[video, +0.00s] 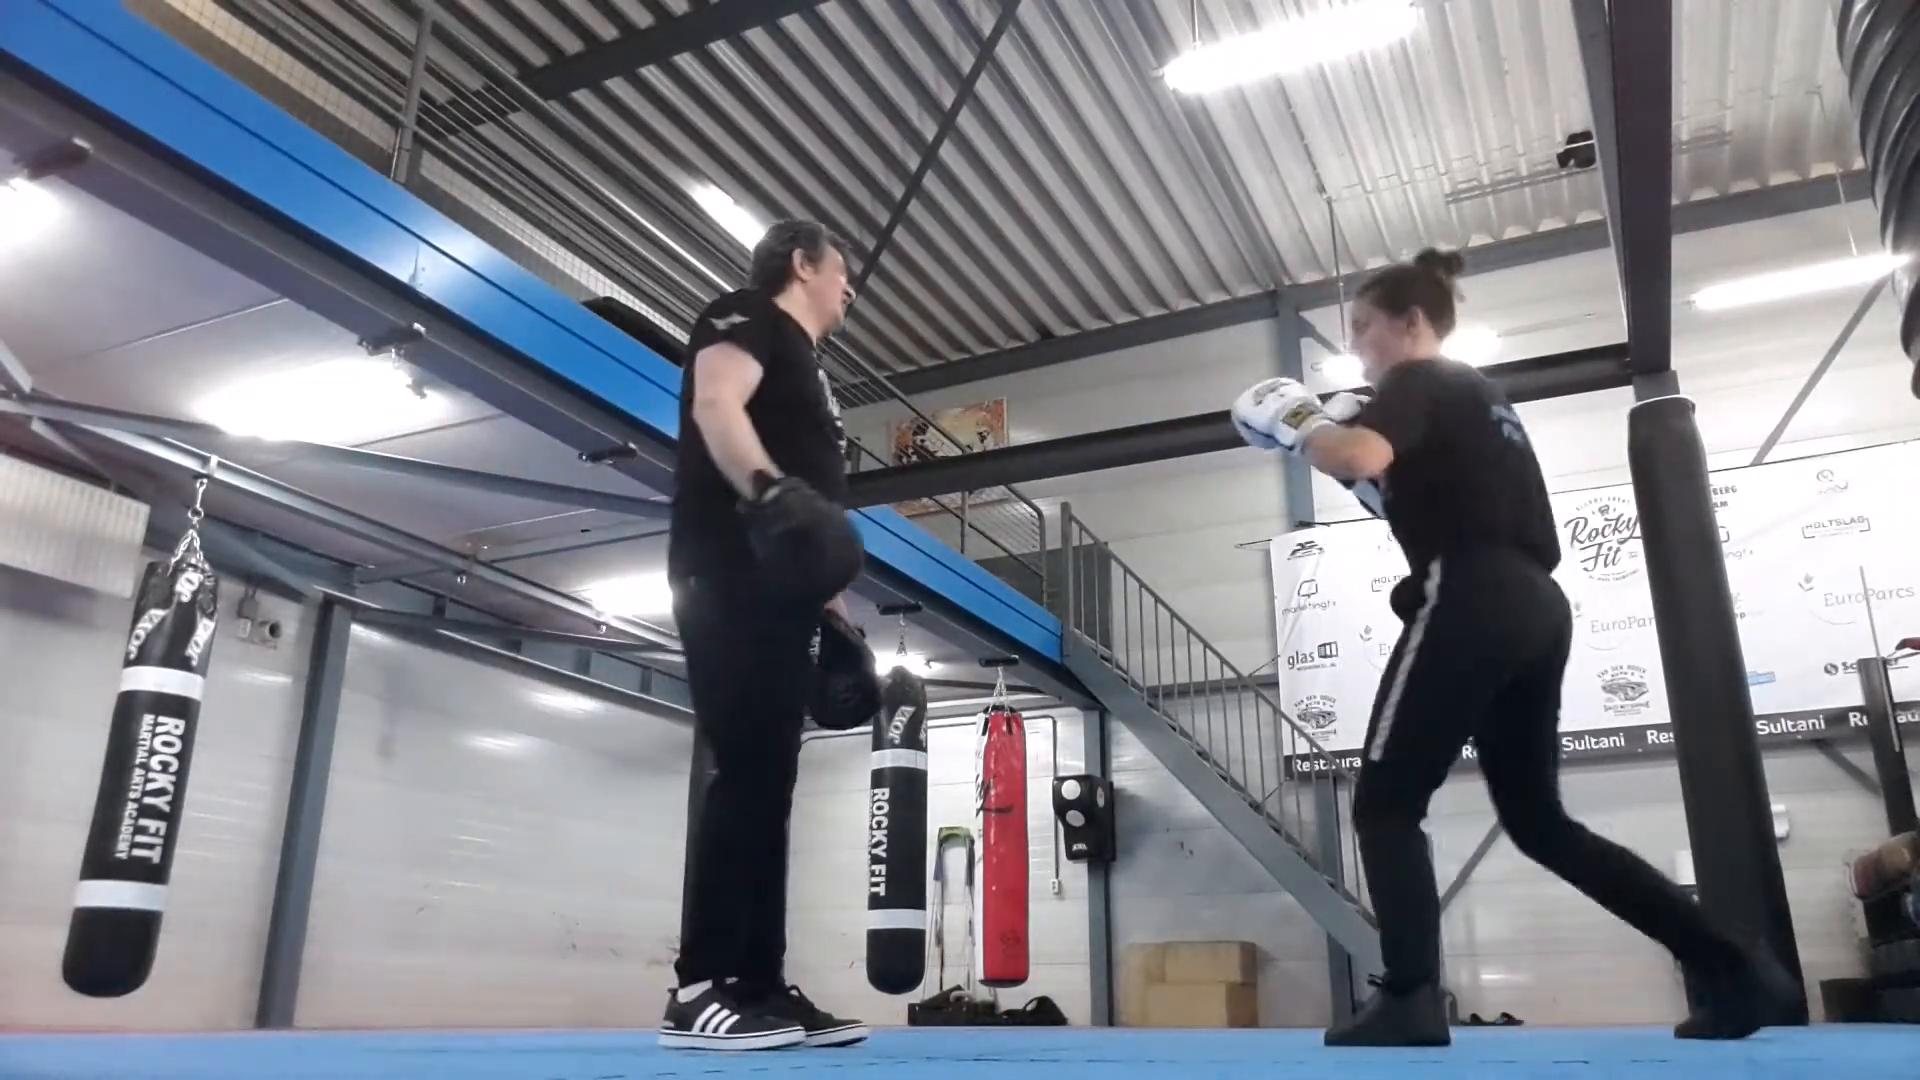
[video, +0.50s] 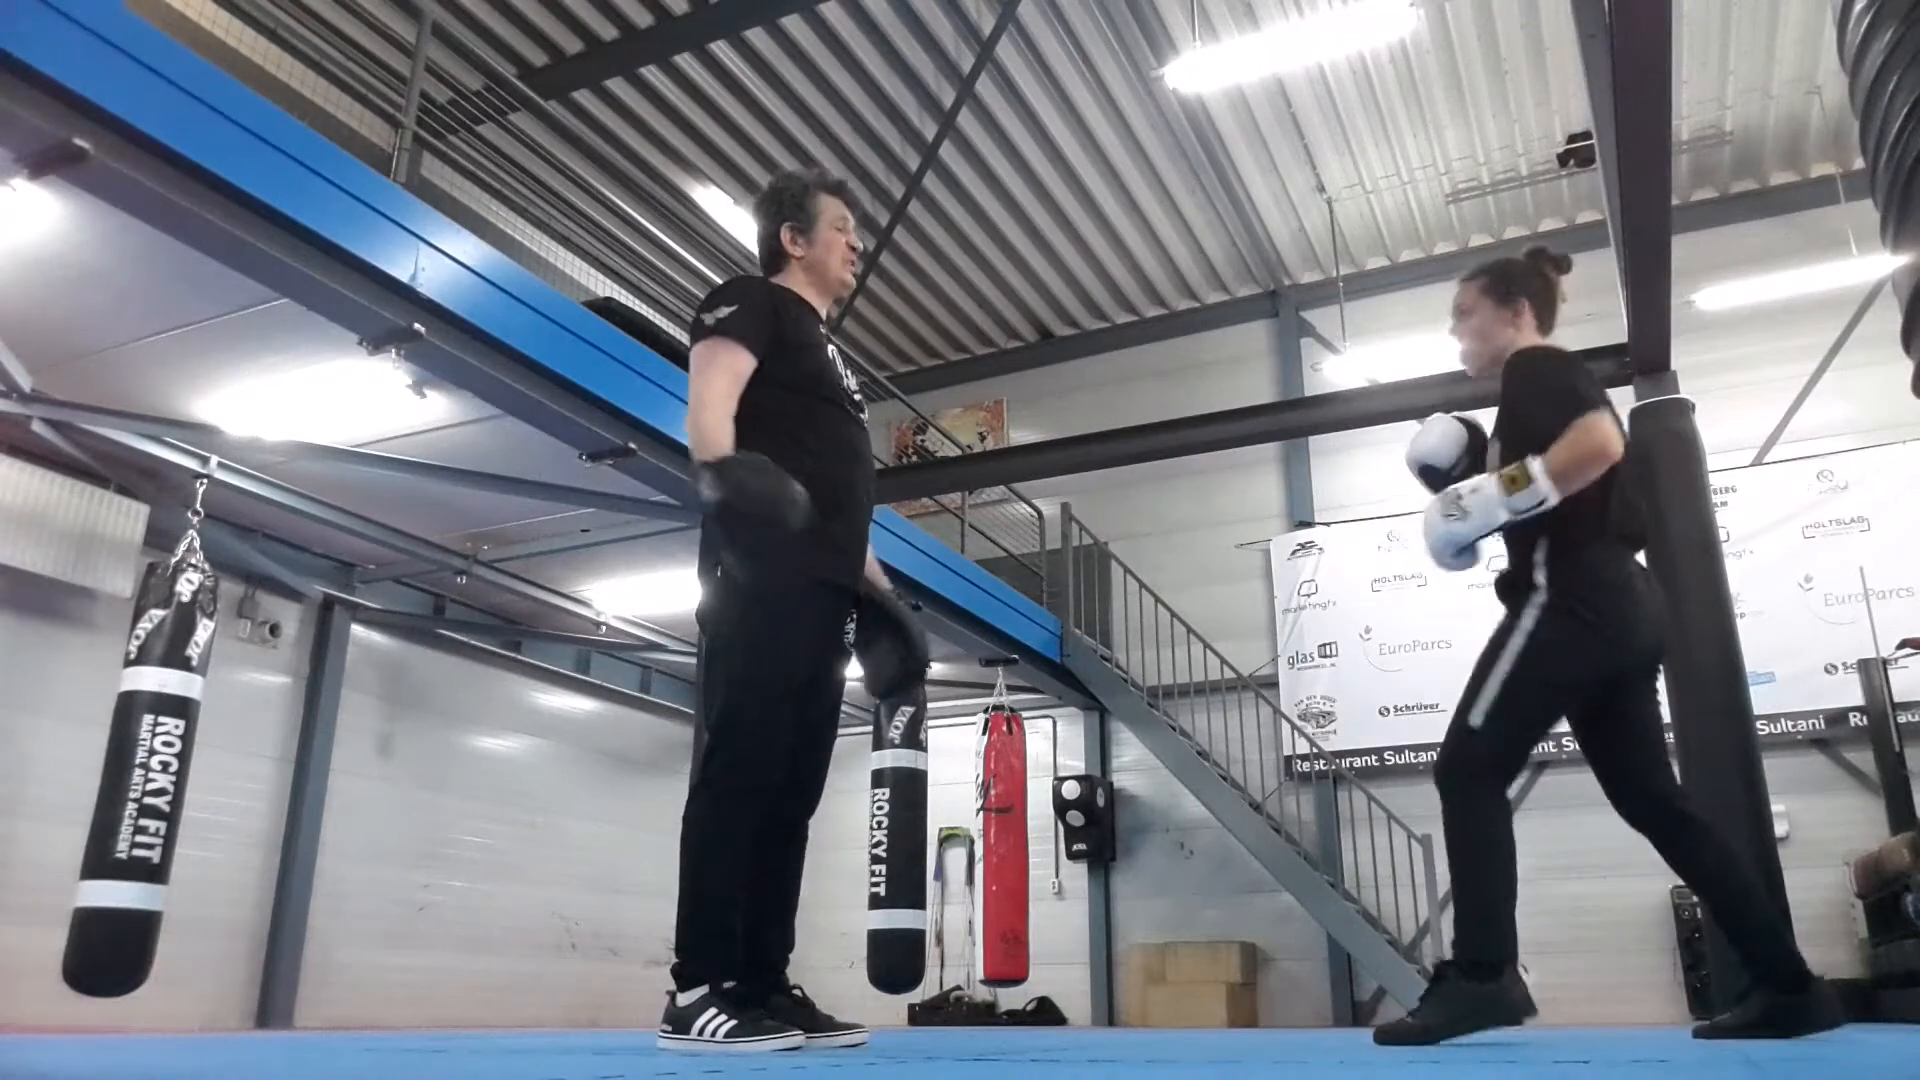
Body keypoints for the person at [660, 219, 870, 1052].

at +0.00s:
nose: (850, 291)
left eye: (851, 280)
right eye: (843, 274)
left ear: (802, 272)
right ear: (802, 265)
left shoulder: (792, 355)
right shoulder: (755, 317)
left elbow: (793, 503)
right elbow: (713, 402)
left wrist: (830, 611)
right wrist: (772, 494)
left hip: (767, 588)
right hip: (733, 578)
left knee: (759, 780)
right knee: (749, 778)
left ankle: (752, 989)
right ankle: (716, 992)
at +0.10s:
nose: (855, 282)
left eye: (854, 271)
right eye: (847, 265)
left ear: (807, 267)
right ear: (807, 260)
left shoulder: (801, 351)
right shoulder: (758, 311)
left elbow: (801, 499)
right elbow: (725, 401)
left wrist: (829, 615)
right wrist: (788, 484)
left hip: (780, 587)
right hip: (743, 578)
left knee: (766, 781)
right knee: (748, 778)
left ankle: (754, 989)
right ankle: (711, 991)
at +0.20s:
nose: (855, 275)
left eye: (854, 263)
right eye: (846, 257)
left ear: (805, 259)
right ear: (804, 252)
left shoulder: (805, 347)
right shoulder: (758, 310)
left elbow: (811, 493)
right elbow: (731, 401)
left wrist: (834, 611)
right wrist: (792, 486)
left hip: (788, 592)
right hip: (753, 586)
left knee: (773, 788)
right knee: (745, 782)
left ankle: (758, 988)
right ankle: (709, 991)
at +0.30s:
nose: (856, 266)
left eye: (854, 255)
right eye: (845, 250)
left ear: (806, 254)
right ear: (801, 247)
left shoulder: (810, 344)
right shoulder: (761, 305)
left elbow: (823, 486)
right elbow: (730, 398)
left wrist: (845, 601)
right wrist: (780, 489)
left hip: (796, 589)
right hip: (757, 582)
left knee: (781, 784)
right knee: (746, 778)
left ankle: (761, 987)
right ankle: (707, 991)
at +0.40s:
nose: (856, 254)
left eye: (854, 242)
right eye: (843, 238)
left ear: (810, 250)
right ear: (796, 243)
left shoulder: (819, 346)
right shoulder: (759, 305)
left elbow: (832, 497)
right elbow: (722, 393)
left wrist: (868, 609)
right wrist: (755, 487)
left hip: (813, 586)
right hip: (763, 570)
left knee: (788, 780)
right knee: (744, 772)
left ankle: (764, 988)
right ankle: (704, 992)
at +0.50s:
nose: (860, 248)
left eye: (859, 236)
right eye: (845, 231)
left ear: (824, 249)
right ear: (793, 238)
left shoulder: (825, 354)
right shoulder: (753, 299)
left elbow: (837, 503)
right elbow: (709, 401)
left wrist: (880, 597)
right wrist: (729, 479)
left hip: (820, 589)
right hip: (763, 571)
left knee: (792, 789)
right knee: (741, 772)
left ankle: (763, 987)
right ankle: (701, 993)